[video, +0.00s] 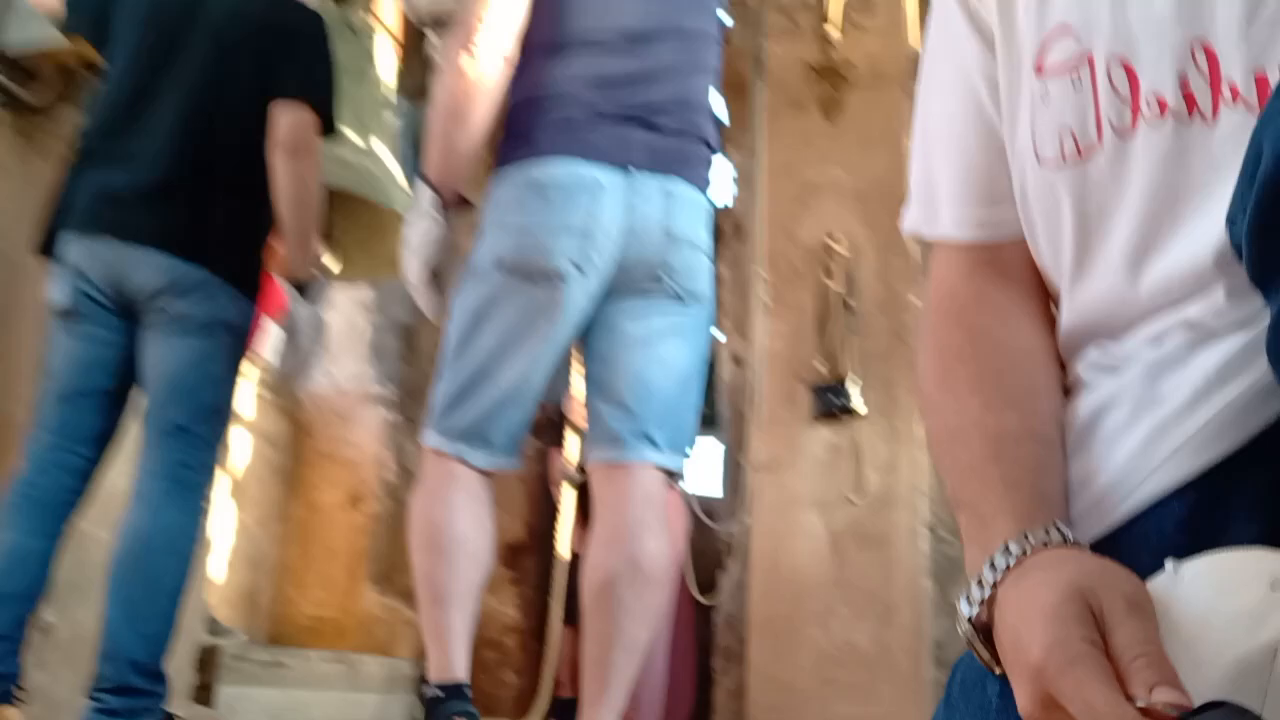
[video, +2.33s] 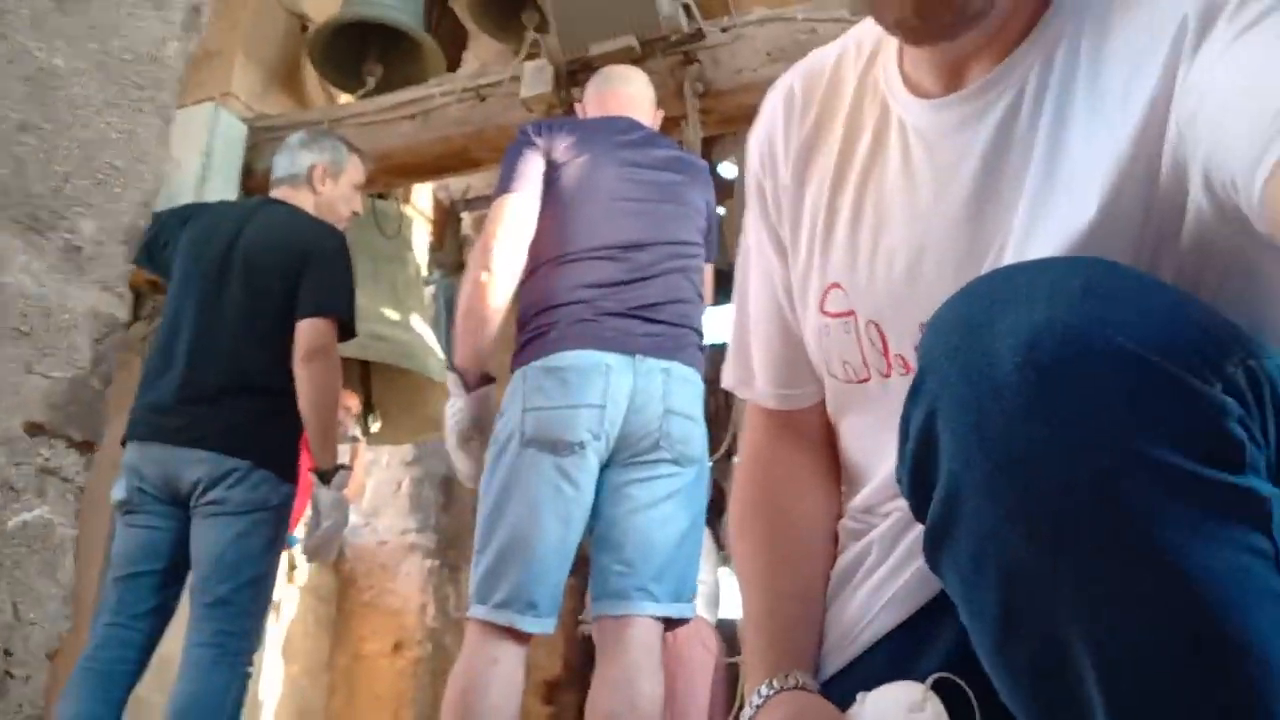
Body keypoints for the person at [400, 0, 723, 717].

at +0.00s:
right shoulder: (700, 11)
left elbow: (482, 60)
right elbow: (705, 95)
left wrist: (437, 197)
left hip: (555, 186)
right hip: (682, 205)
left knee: (462, 449)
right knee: (641, 471)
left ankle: (447, 693)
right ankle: (601, 714)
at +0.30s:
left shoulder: (612, 1)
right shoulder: (779, 7)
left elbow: (567, 102)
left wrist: (522, 238)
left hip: (629, 217)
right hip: (744, 230)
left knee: (564, 471)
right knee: (697, 479)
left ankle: (518, 694)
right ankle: (663, 707)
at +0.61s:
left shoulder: (531, 3)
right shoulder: (672, 10)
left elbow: (490, 88)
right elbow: (662, 123)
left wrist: (438, 219)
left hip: (548, 213)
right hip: (654, 225)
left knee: (485, 471)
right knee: (615, 473)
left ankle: (436, 692)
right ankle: (577, 699)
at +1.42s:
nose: (516, 45)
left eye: (525, 32)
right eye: (524, 33)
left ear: (549, 33)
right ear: (600, 56)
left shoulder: (494, 84)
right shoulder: (636, 117)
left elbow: (446, 201)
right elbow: (630, 234)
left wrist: (400, 323)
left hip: (509, 317)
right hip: (617, 331)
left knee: (442, 570)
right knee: (575, 569)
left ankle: (402, 717)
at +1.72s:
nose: (527, 125)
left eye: (529, 116)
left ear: (535, 115)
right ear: (610, 133)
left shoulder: (507, 150)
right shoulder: (646, 183)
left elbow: (465, 264)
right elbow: (638, 298)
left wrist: (416, 395)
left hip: (525, 384)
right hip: (633, 395)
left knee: (462, 631)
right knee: (595, 631)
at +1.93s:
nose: (614, 105)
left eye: (615, 97)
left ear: (619, 96)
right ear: (698, 111)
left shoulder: (589, 128)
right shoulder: (732, 160)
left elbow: (547, 239)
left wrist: (506, 371)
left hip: (610, 359)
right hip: (719, 368)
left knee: (550, 609)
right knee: (683, 608)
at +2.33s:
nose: (575, 114)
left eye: (576, 106)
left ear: (581, 107)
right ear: (658, 120)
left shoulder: (547, 139)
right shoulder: (695, 171)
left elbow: (495, 268)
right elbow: (701, 294)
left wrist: (468, 375)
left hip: (565, 372)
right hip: (676, 382)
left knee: (501, 623)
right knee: (634, 621)